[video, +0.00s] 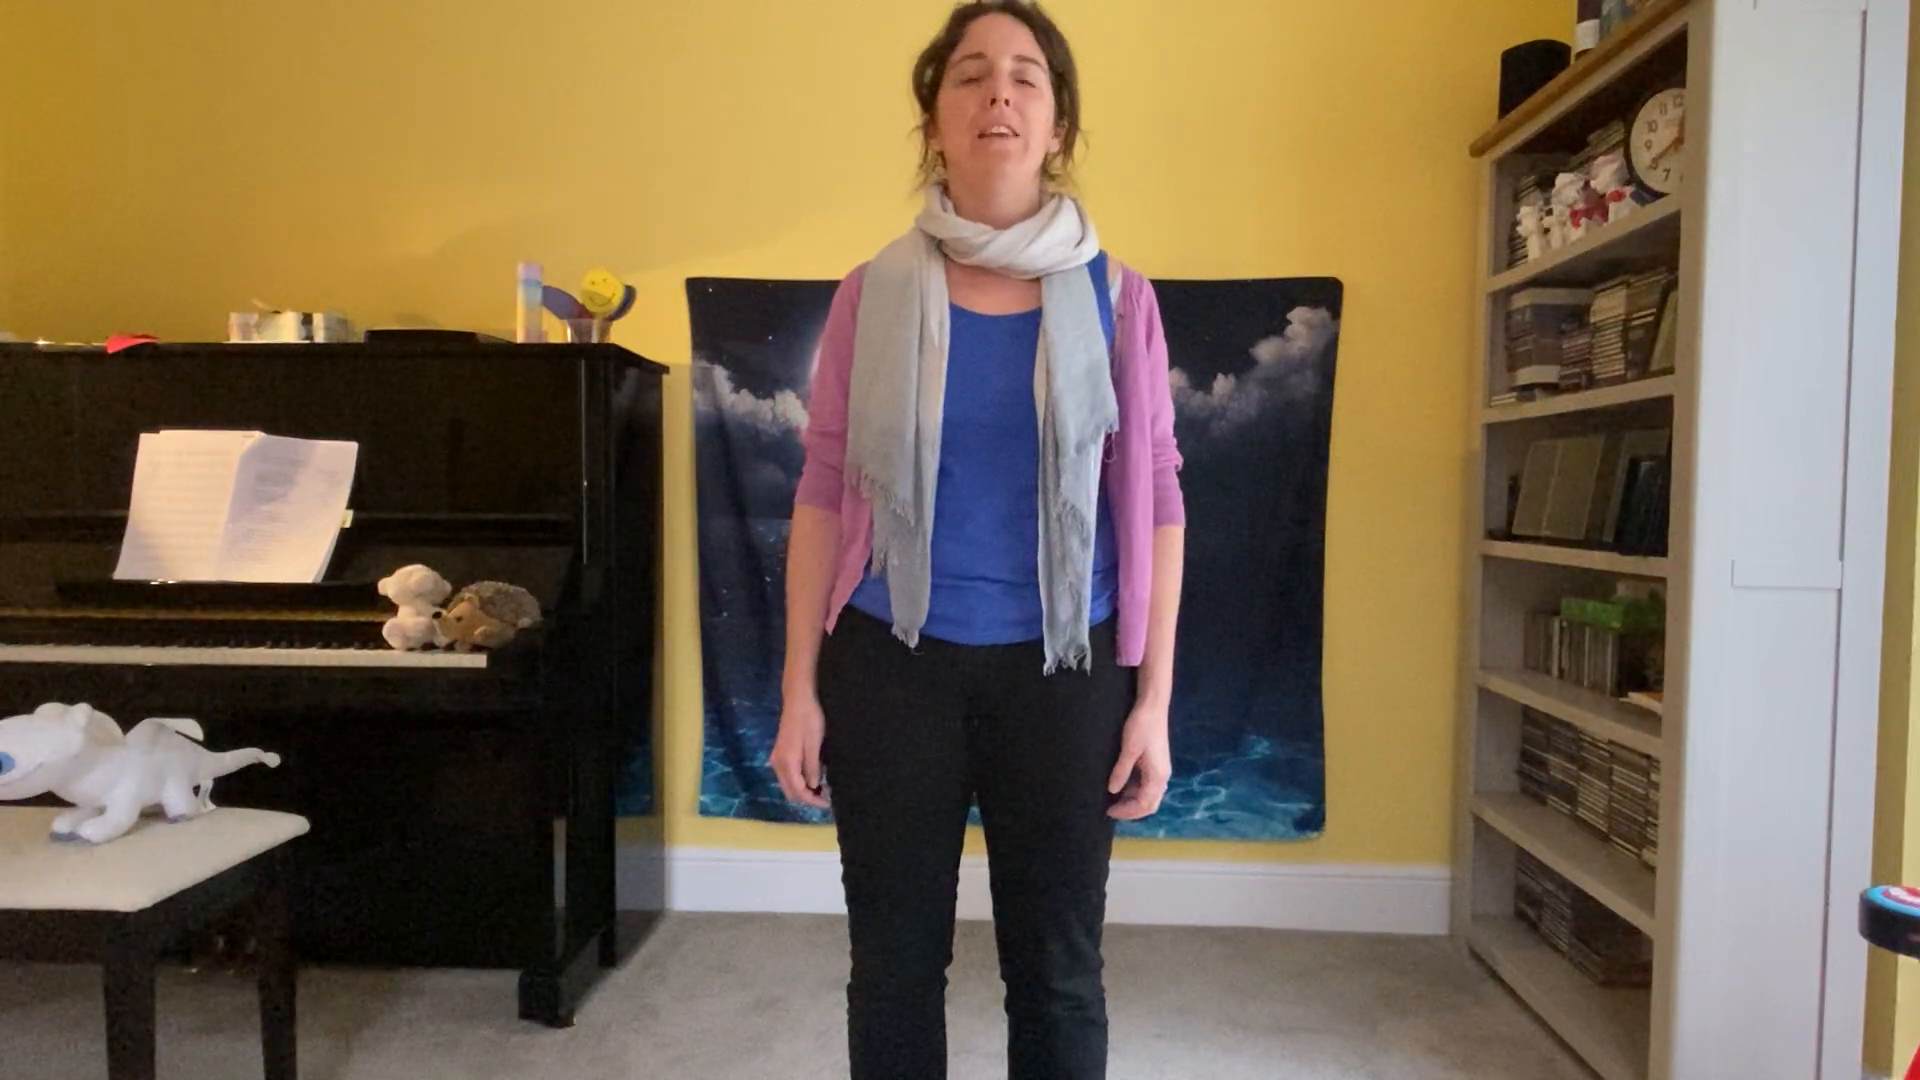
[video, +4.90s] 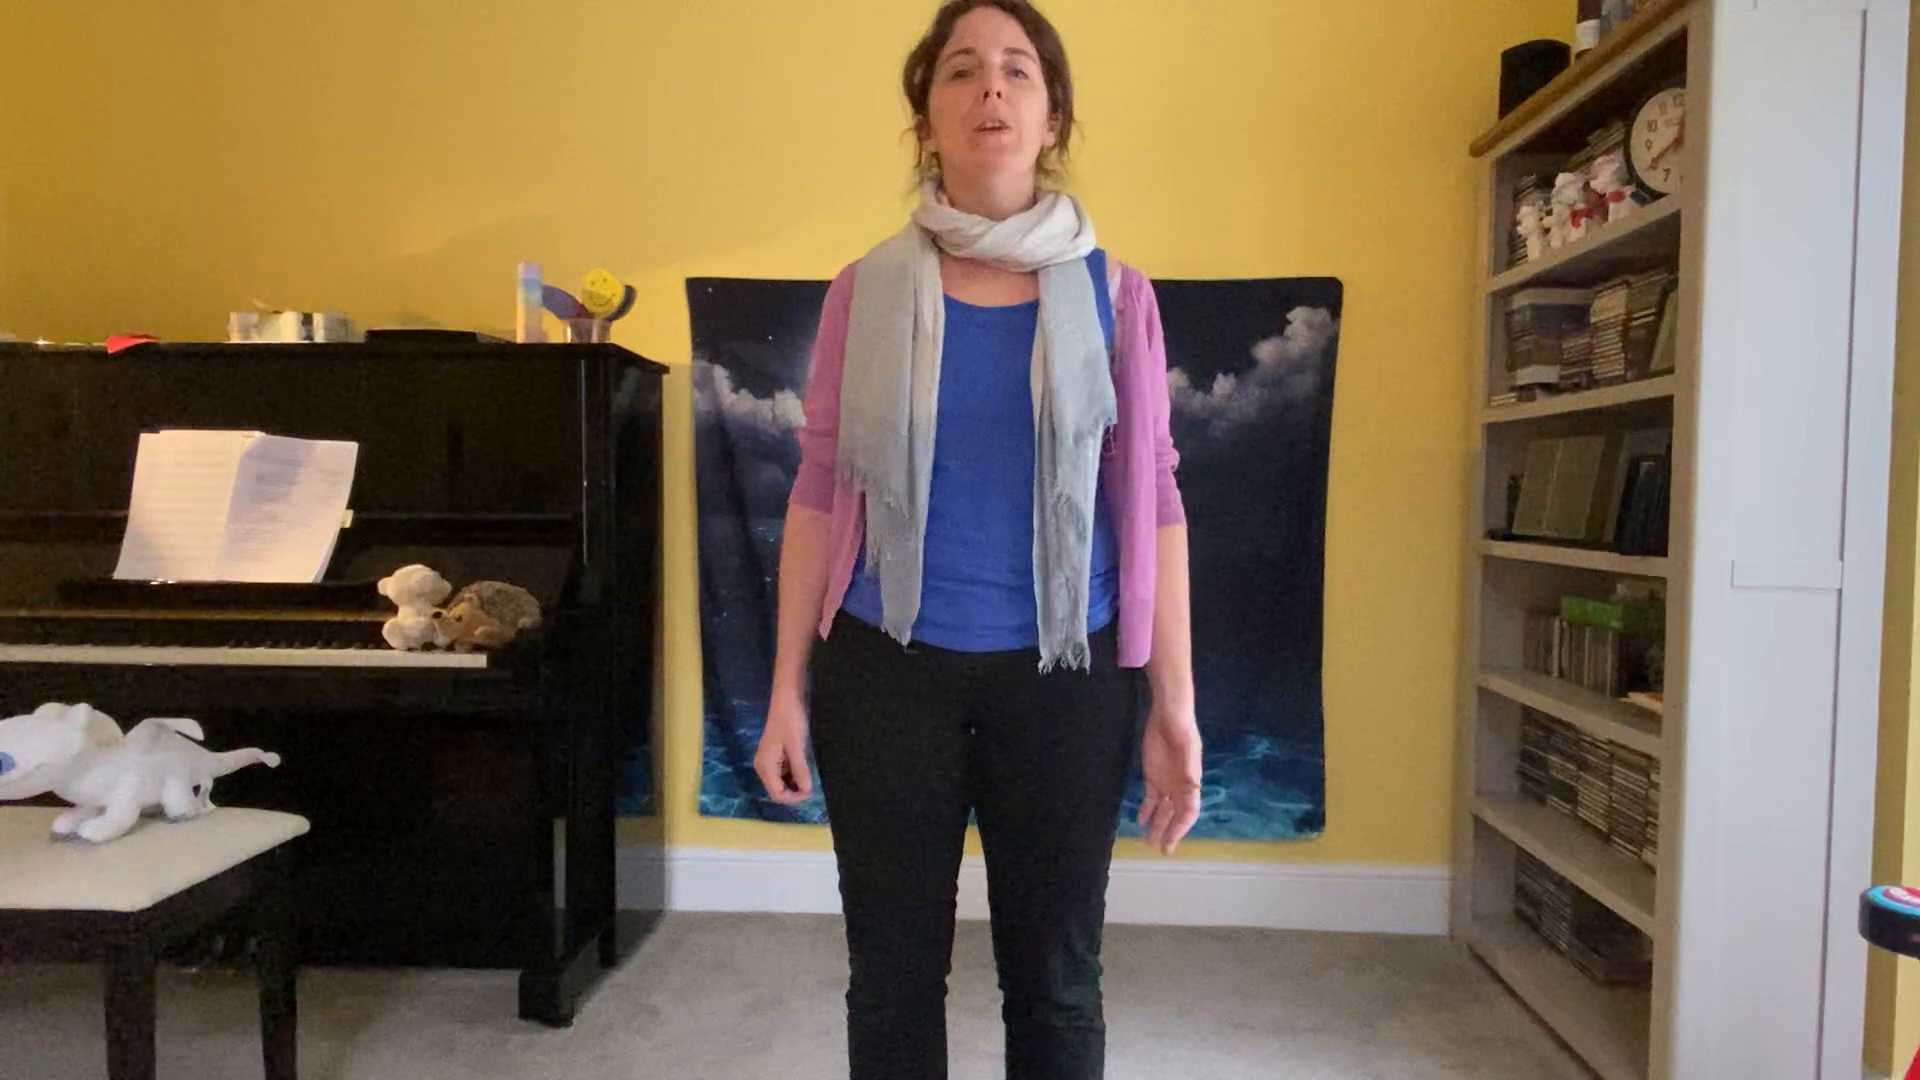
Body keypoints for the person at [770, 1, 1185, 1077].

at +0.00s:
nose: (998, 93)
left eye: (1024, 77)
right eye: (972, 75)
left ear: (1059, 124)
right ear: (933, 122)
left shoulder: (1119, 302)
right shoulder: (871, 295)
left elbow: (1156, 504)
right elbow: (821, 494)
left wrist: (1153, 695)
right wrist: (798, 685)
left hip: (1063, 681)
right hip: (889, 676)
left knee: (1060, 984)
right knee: (893, 981)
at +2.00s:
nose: (988, 66)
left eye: (1016, 48)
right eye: (959, 47)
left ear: (1054, 96)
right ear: (920, 95)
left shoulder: (1118, 291)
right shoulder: (859, 284)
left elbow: (1154, 502)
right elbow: (814, 493)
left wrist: (1153, 700)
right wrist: (793, 689)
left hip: (1061, 682)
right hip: (886, 676)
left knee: (1057, 984)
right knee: (891, 983)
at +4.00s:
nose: (995, 86)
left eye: (1021, 68)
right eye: (967, 67)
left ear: (1058, 110)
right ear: (929, 111)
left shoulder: (1120, 298)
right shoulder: (867, 293)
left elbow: (1155, 503)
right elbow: (820, 496)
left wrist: (1162, 700)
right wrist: (797, 690)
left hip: (1067, 678)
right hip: (889, 672)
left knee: (1058, 981)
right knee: (895, 978)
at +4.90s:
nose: (989, 87)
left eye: (1016, 71)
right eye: (962, 70)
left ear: (1054, 114)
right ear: (926, 117)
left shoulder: (1117, 298)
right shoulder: (864, 292)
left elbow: (1153, 503)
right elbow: (817, 495)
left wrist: (1172, 700)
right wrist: (788, 685)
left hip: (1065, 687)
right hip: (885, 681)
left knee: (1058, 996)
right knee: (891, 993)